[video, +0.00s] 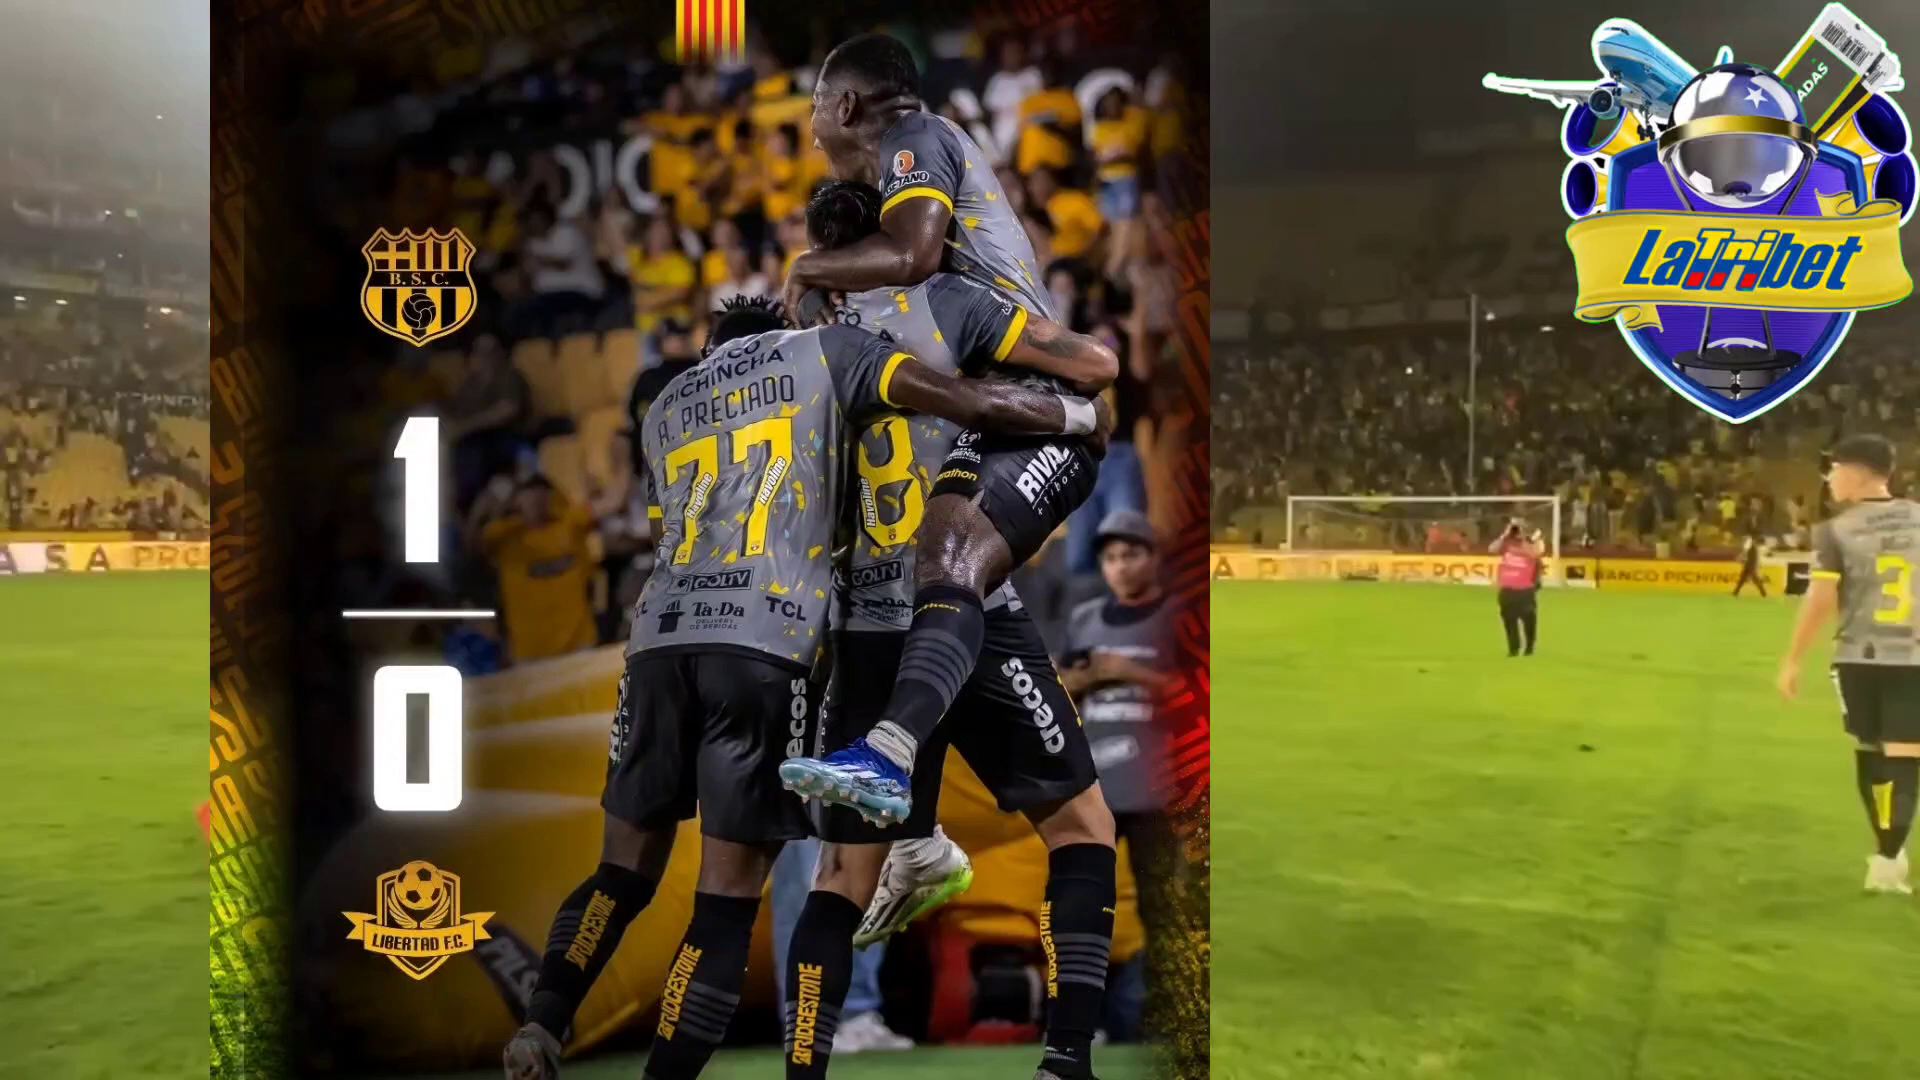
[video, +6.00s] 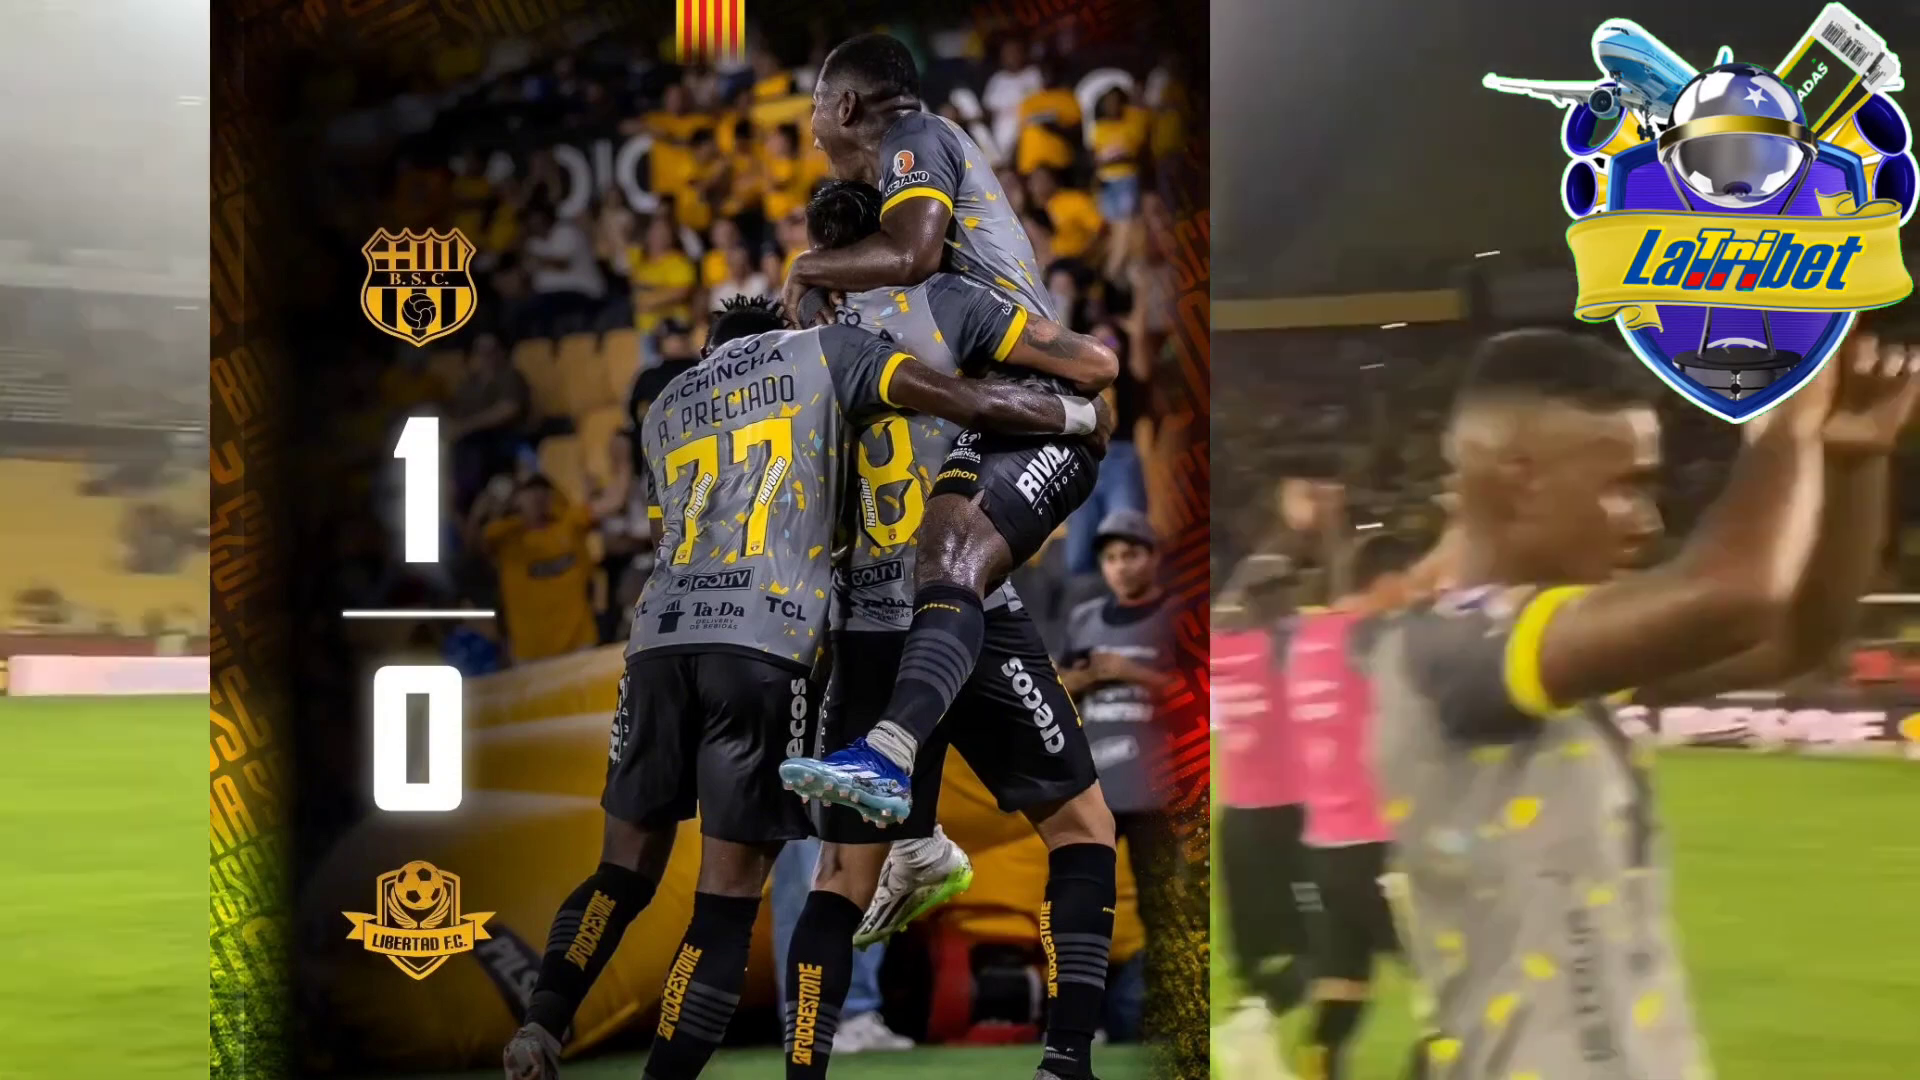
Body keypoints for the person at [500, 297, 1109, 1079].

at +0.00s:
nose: (821, 324)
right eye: (809, 318)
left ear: (708, 346)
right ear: (788, 324)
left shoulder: (661, 408)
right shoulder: (830, 347)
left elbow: (681, 519)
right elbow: (971, 400)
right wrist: (1088, 417)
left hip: (657, 648)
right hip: (762, 648)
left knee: (623, 867)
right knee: (727, 893)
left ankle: (543, 1026)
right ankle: (667, 1075)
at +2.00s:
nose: (820, 324)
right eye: (807, 318)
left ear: (708, 346)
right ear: (787, 324)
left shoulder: (660, 408)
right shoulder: (830, 348)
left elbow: (679, 520)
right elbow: (971, 400)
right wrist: (1089, 417)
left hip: (657, 648)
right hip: (761, 649)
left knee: (623, 867)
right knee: (726, 893)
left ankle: (543, 1026)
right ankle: (667, 1074)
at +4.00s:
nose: (820, 324)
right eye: (808, 318)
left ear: (708, 346)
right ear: (787, 324)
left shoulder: (660, 408)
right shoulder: (830, 348)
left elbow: (679, 520)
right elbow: (970, 400)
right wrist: (1089, 417)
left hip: (657, 648)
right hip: (761, 649)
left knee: (623, 867)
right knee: (726, 893)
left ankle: (543, 1026)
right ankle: (667, 1074)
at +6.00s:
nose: (828, 323)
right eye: (817, 317)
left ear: (710, 344)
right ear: (792, 322)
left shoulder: (662, 405)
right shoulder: (830, 347)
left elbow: (681, 519)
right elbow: (968, 398)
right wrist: (1085, 418)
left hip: (657, 648)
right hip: (762, 648)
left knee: (623, 865)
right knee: (727, 890)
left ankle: (542, 1027)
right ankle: (667, 1076)